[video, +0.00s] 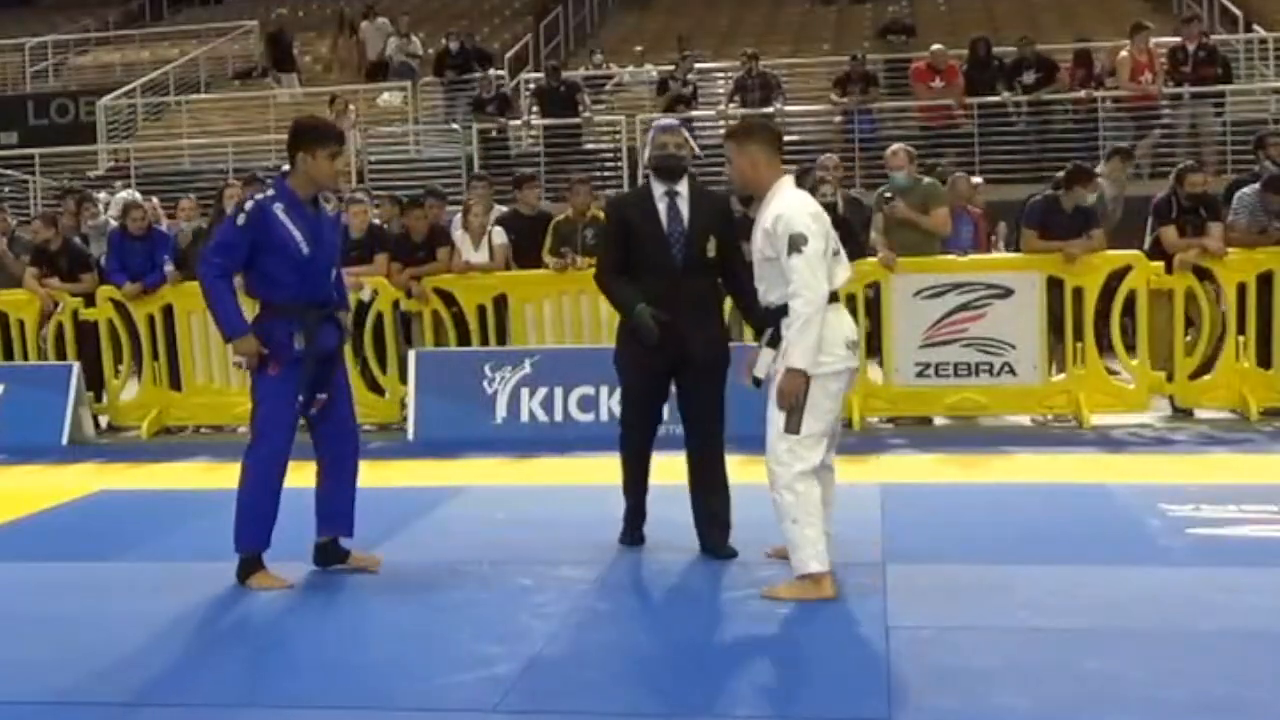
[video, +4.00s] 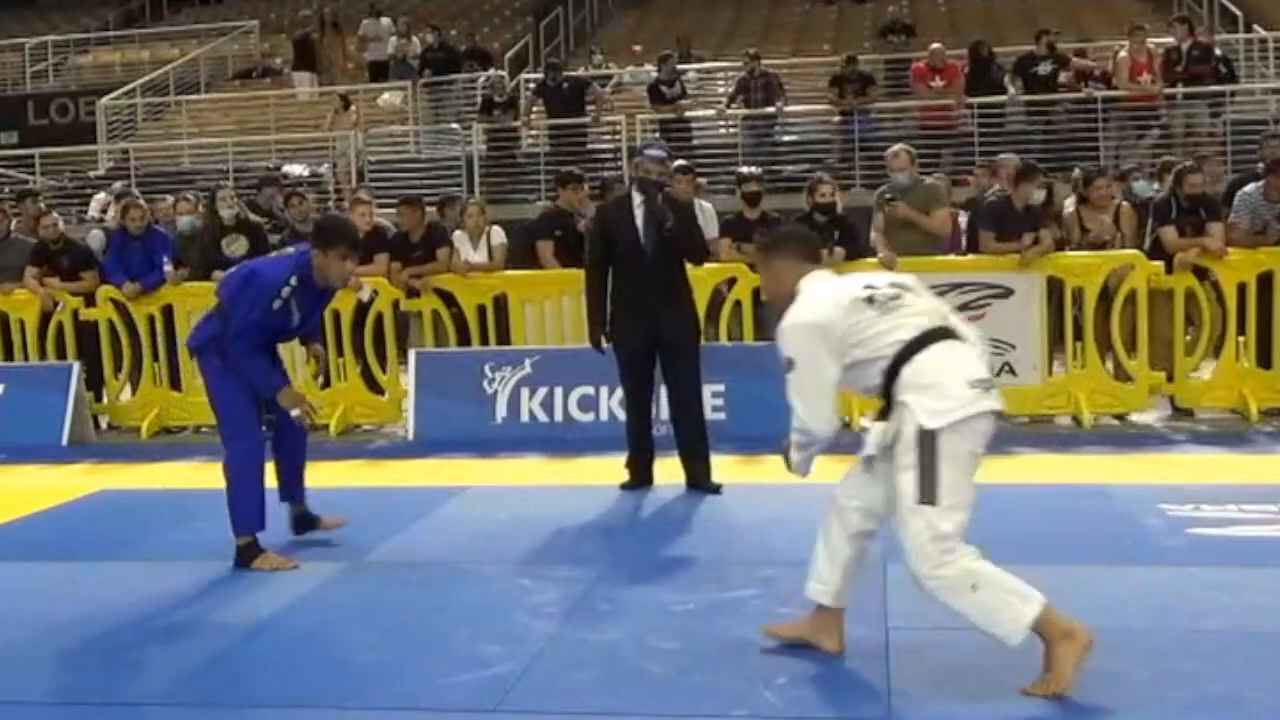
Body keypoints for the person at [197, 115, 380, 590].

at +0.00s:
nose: (340, 167)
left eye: (341, 158)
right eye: (333, 158)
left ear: (317, 160)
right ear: (304, 158)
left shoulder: (326, 212)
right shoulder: (260, 206)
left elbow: (332, 273)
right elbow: (213, 268)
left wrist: (341, 318)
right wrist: (238, 333)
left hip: (325, 336)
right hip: (279, 336)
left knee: (341, 441)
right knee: (271, 447)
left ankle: (331, 545)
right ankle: (250, 560)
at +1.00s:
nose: (475, 241)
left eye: (478, 231)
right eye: (473, 229)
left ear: (444, 219)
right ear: (447, 219)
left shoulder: (403, 231)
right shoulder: (405, 254)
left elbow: (417, 310)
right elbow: (417, 319)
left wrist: (478, 346)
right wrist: (490, 350)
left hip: (310, 332)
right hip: (330, 345)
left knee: (321, 441)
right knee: (380, 454)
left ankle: (297, 547)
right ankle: (385, 566)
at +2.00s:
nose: (351, 180)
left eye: (352, 171)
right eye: (345, 170)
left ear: (326, 173)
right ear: (317, 170)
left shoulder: (322, 227)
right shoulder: (272, 214)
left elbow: (309, 295)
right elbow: (234, 275)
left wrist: (317, 347)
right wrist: (269, 332)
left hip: (305, 345)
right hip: (270, 347)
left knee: (307, 441)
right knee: (310, 440)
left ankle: (276, 541)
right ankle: (322, 551)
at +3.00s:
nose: (187, 181)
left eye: (188, 173)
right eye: (178, 173)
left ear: (181, 177)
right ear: (149, 176)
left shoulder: (189, 226)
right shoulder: (121, 227)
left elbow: (211, 271)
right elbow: (98, 293)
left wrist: (227, 300)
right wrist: (126, 340)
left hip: (181, 335)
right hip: (142, 338)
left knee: (162, 429)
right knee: (153, 428)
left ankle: (132, 518)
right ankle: (126, 534)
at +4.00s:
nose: (350, 268)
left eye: (353, 260)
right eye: (344, 259)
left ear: (352, 259)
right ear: (319, 255)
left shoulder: (326, 277)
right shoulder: (271, 279)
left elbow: (310, 308)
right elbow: (240, 344)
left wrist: (313, 339)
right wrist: (279, 389)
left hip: (260, 344)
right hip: (221, 348)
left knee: (291, 419)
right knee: (244, 439)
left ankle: (299, 512)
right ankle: (247, 545)